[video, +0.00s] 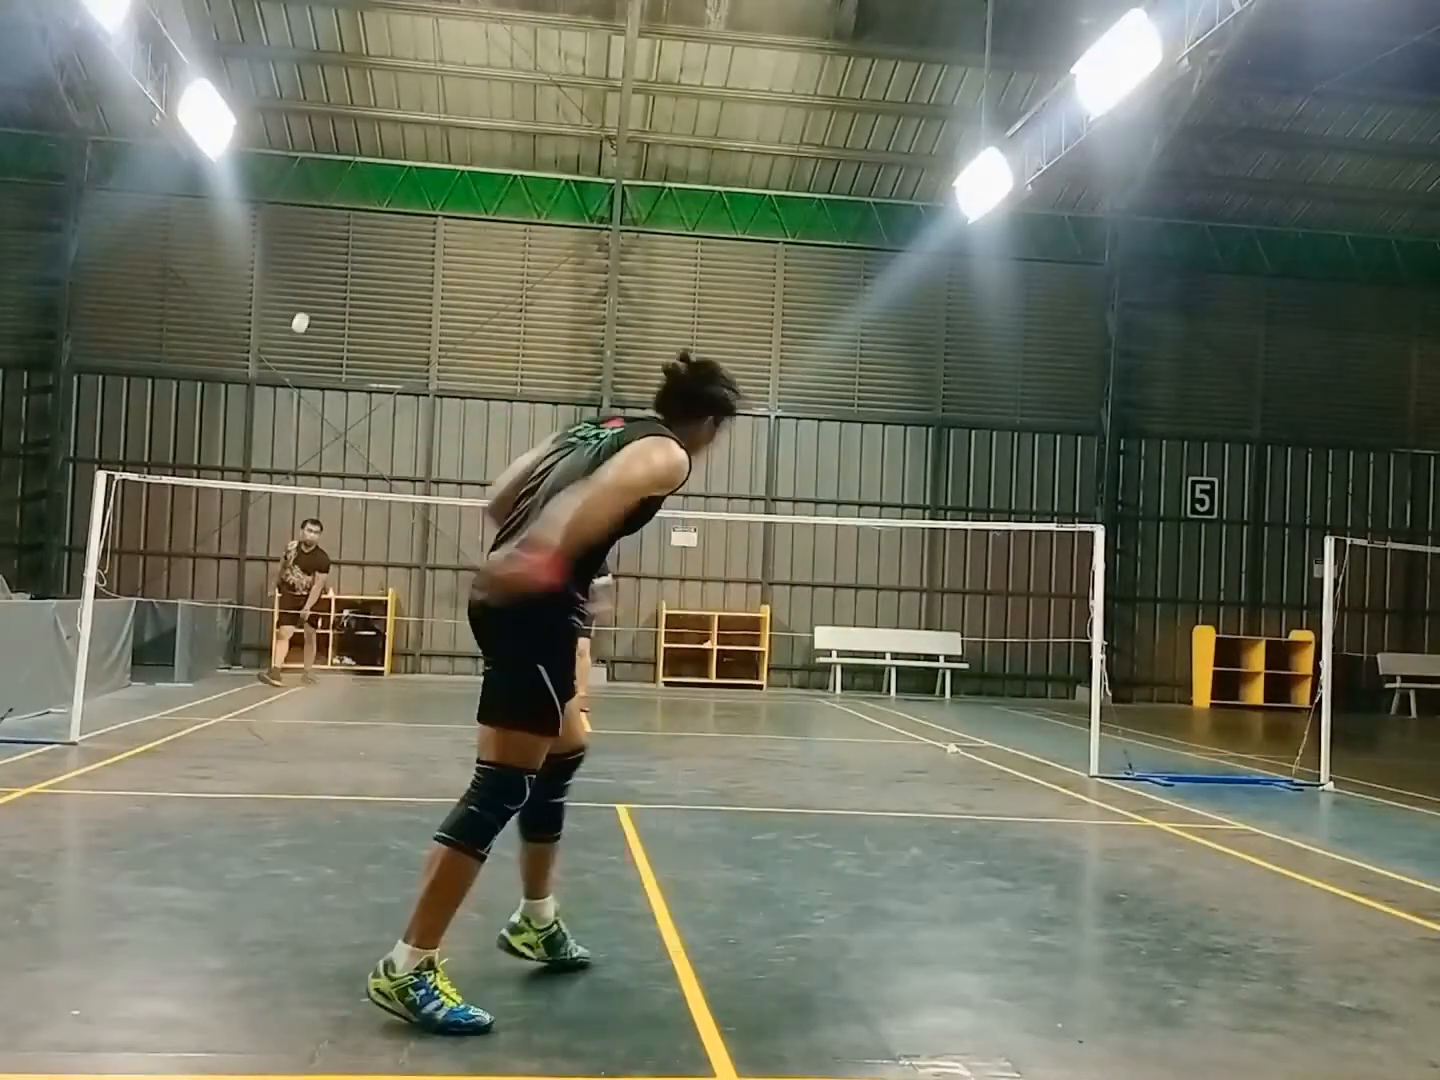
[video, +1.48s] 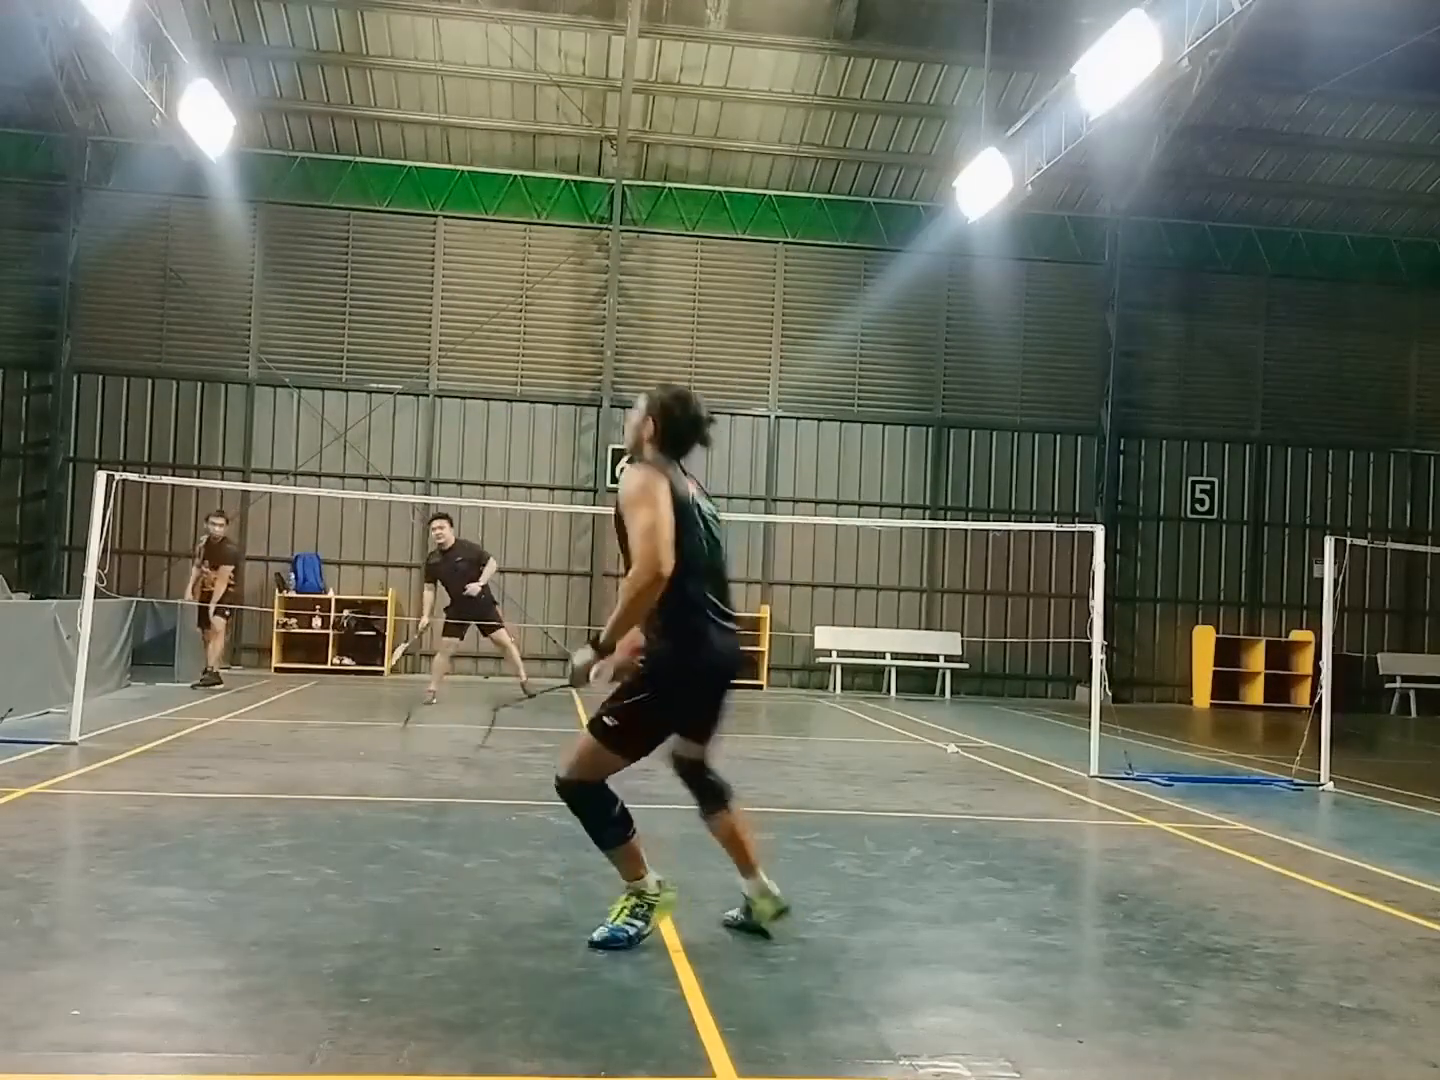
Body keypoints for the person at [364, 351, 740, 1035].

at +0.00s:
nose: (717, 443)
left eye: (721, 431)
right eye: (720, 430)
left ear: (664, 407)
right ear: (706, 423)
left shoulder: (599, 434)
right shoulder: (668, 455)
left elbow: (505, 491)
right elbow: (597, 496)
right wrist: (545, 553)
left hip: (505, 602)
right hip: (542, 611)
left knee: (565, 746)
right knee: (498, 787)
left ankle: (536, 920)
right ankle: (408, 967)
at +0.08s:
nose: (686, 417)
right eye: (690, 408)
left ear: (628, 388)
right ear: (683, 404)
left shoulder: (562, 424)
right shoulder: (665, 448)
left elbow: (472, 501)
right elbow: (671, 523)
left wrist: (479, 584)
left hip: (495, 609)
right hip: (549, 615)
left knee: (546, 764)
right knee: (498, 789)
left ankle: (537, 932)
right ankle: (404, 967)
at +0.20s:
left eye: (617, 374)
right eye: (667, 391)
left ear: (608, 379)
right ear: (665, 392)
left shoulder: (544, 422)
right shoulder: (666, 442)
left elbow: (460, 506)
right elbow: (734, 521)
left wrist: (416, 575)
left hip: (498, 615)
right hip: (562, 625)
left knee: (545, 782)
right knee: (503, 790)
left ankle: (556, 946)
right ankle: (404, 964)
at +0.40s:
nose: (597, 377)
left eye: (598, 368)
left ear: (602, 375)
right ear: (658, 388)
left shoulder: (548, 427)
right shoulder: (680, 445)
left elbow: (475, 510)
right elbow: (759, 533)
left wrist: (407, 583)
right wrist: (813, 603)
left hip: (537, 619)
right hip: (610, 624)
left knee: (570, 793)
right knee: (590, 797)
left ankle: (567, 953)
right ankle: (467, 925)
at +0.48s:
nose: (609, 379)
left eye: (606, 370)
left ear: (606, 378)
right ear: (664, 388)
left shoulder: (554, 434)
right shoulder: (687, 450)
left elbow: (494, 514)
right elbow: (749, 538)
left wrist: (433, 598)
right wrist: (785, 597)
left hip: (553, 630)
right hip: (627, 634)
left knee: (575, 787)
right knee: (637, 794)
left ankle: (569, 949)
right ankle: (527, 904)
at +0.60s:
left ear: (628, 373)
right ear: (683, 382)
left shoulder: (576, 430)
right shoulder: (710, 449)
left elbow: (536, 518)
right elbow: (746, 548)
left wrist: (504, 616)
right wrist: (747, 590)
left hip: (585, 631)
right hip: (665, 633)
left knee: (584, 781)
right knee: (688, 775)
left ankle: (568, 950)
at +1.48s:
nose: (632, 418)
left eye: (638, 411)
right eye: (638, 409)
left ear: (650, 427)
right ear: (680, 436)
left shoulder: (641, 480)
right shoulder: (688, 488)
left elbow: (653, 569)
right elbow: (692, 588)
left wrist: (600, 646)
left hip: (678, 657)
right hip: (718, 652)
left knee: (577, 777)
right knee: (690, 762)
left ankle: (643, 890)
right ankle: (761, 892)